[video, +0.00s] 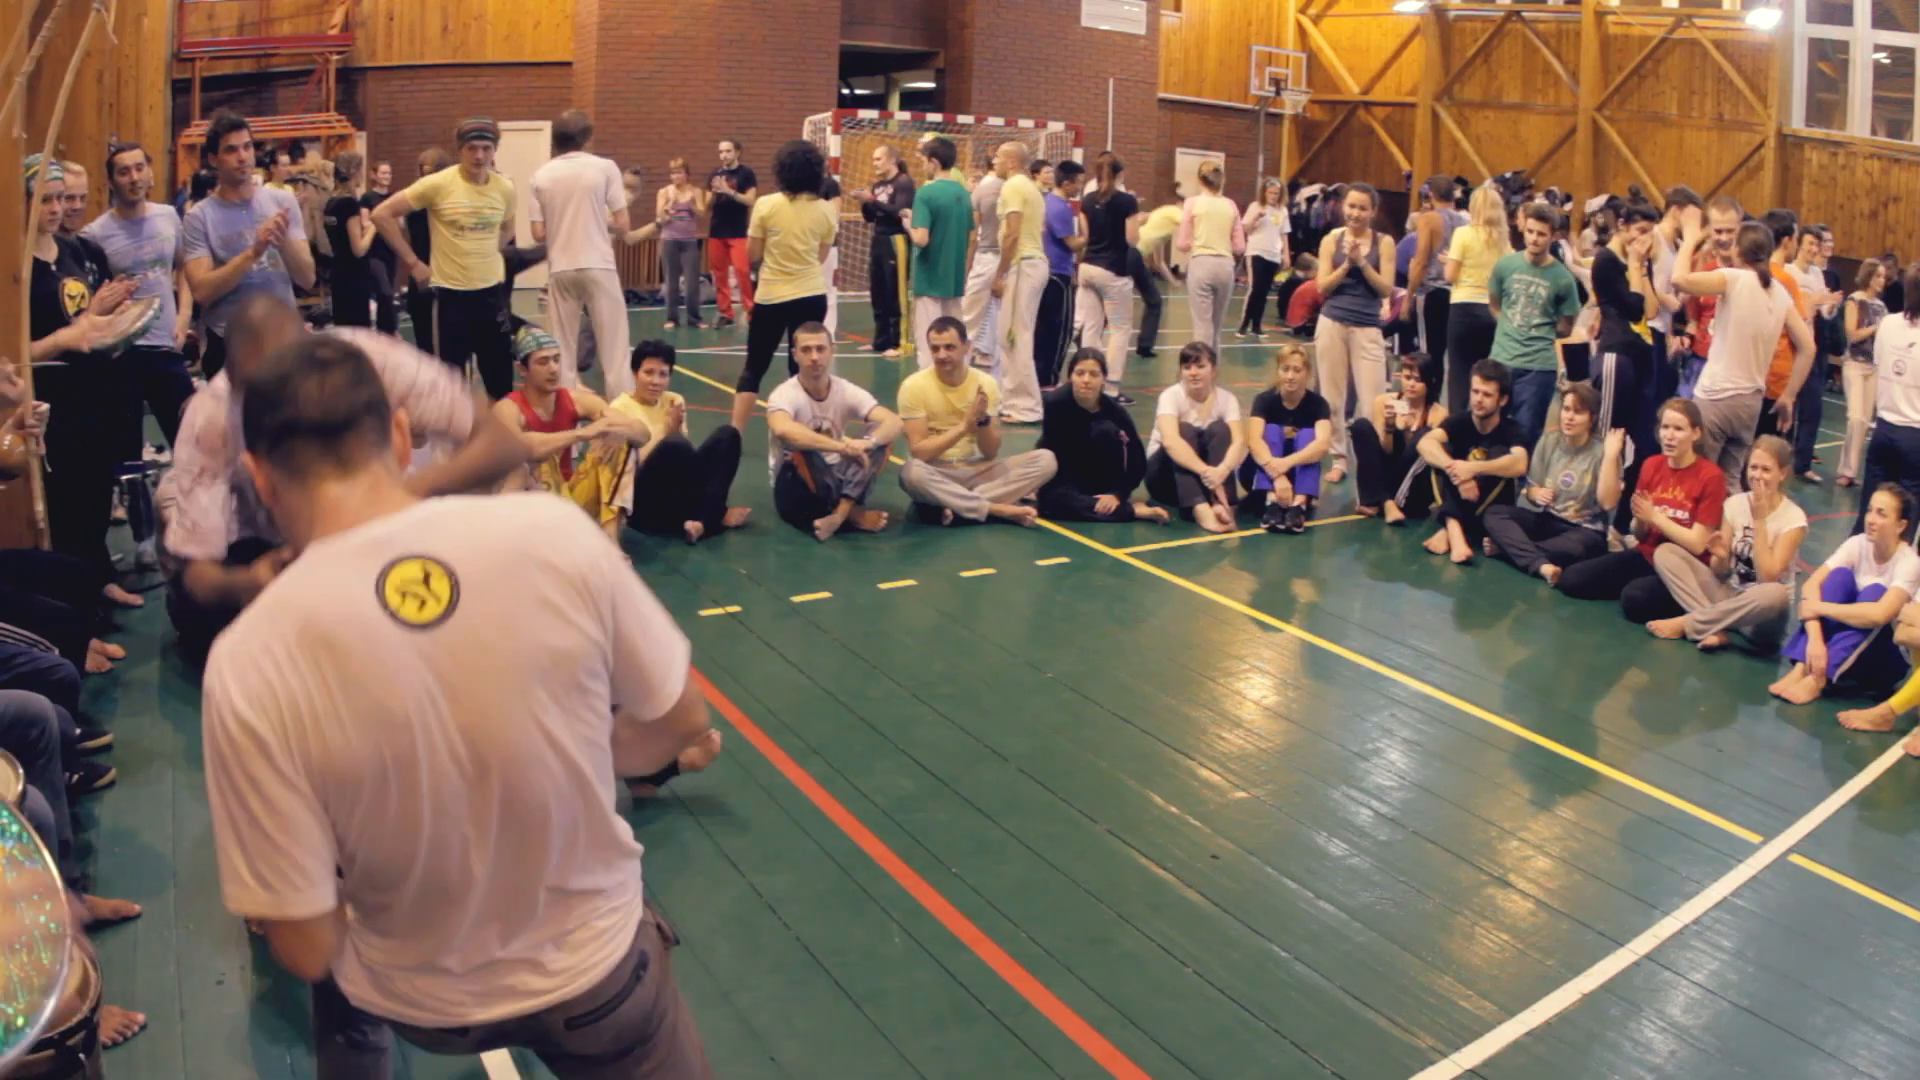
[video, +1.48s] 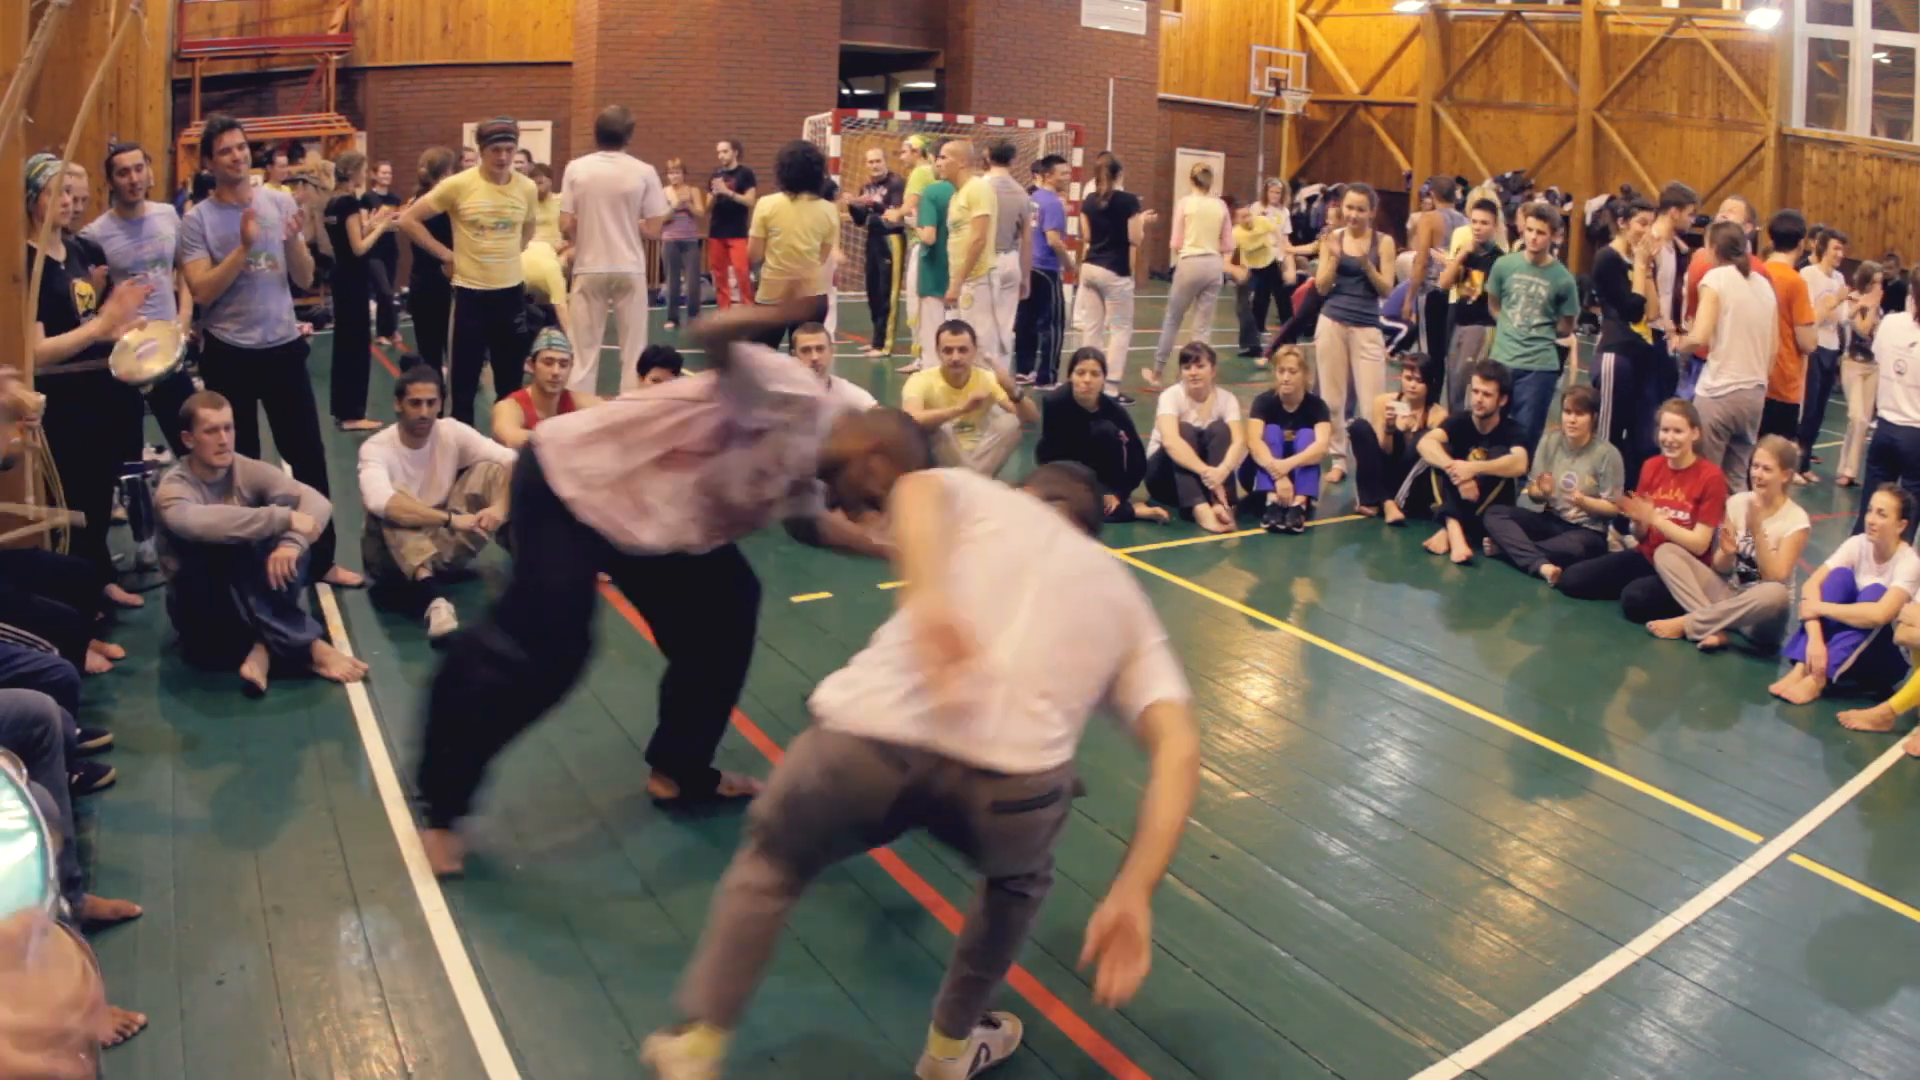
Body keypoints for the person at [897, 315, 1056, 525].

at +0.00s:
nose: (942, 355)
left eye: (950, 348)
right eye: (935, 349)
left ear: (966, 348)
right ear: (929, 349)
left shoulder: (986, 383)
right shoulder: (914, 386)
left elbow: (990, 451)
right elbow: (920, 452)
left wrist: (982, 418)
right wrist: (964, 428)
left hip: (980, 470)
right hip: (938, 472)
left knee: (1047, 460)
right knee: (911, 473)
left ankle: (960, 508)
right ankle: (993, 510)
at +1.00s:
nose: (954, 361)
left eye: (963, 354)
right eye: (948, 353)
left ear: (975, 355)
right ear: (939, 352)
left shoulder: (989, 386)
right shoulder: (918, 385)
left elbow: (987, 452)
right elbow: (921, 447)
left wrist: (981, 409)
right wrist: (963, 410)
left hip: (979, 465)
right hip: (938, 465)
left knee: (1033, 447)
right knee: (916, 466)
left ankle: (955, 504)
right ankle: (1002, 509)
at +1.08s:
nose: (954, 357)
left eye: (962, 350)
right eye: (947, 349)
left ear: (975, 351)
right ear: (938, 350)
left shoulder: (988, 381)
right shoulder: (918, 381)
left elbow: (995, 436)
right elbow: (920, 436)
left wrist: (982, 391)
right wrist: (963, 400)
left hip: (974, 463)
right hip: (937, 463)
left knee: (1023, 442)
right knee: (919, 456)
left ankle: (949, 501)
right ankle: (1002, 507)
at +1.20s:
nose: (954, 353)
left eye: (961, 346)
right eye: (946, 346)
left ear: (974, 348)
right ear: (937, 348)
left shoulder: (983, 376)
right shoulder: (919, 377)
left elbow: (1008, 414)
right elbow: (917, 418)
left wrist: (986, 368)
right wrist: (962, 384)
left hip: (971, 470)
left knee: (1019, 432)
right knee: (925, 437)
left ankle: (947, 499)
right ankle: (997, 506)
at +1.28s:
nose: (954, 352)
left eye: (961, 346)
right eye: (946, 346)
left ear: (972, 348)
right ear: (937, 348)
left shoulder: (981, 375)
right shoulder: (919, 376)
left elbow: (1018, 406)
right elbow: (915, 412)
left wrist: (989, 361)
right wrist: (962, 376)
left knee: (1012, 427)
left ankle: (948, 499)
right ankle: (990, 503)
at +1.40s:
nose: (954, 355)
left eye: (961, 348)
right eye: (946, 349)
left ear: (973, 349)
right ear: (937, 350)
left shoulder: (987, 378)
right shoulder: (919, 378)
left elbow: (1030, 410)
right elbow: (910, 416)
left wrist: (1007, 376)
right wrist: (960, 391)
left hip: (979, 451)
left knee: (1013, 424)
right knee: (935, 426)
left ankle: (975, 475)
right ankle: (968, 478)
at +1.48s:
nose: (956, 358)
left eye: (963, 350)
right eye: (948, 351)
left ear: (974, 351)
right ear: (938, 353)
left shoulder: (987, 379)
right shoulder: (920, 381)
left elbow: (1032, 418)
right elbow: (914, 419)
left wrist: (1013, 390)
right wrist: (961, 410)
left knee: (1011, 424)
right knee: (940, 429)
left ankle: (975, 480)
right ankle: (975, 480)